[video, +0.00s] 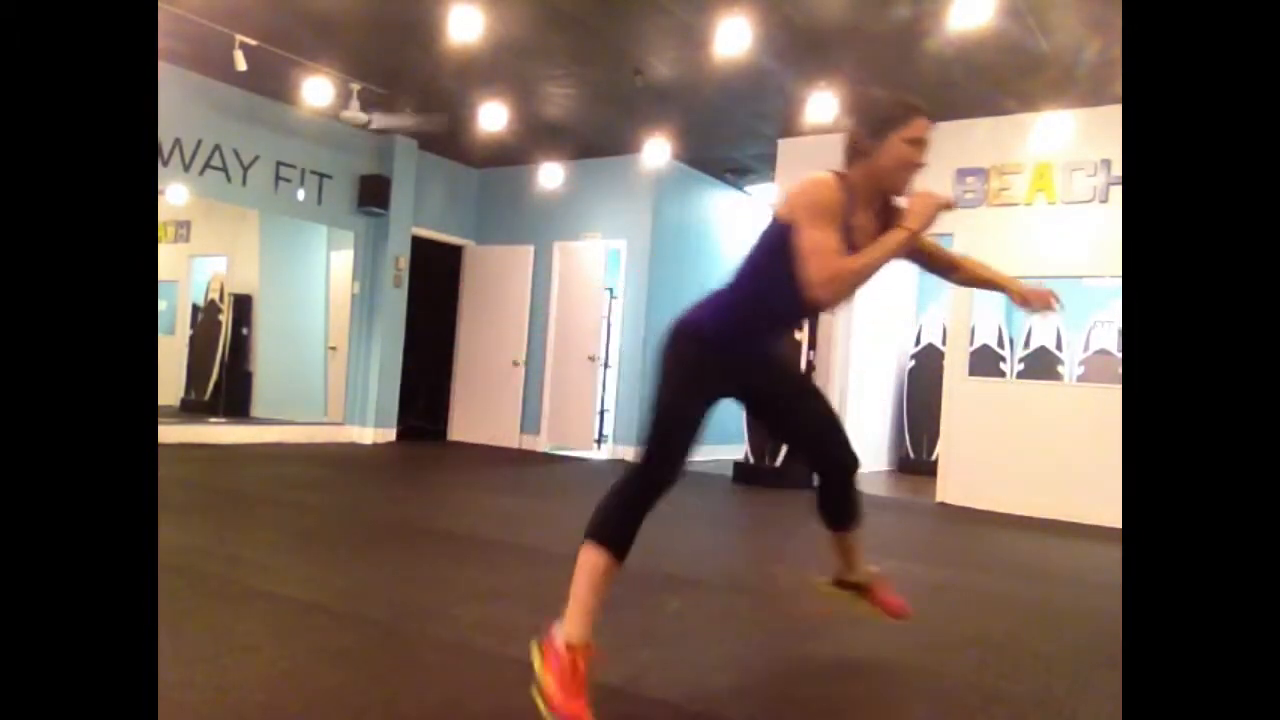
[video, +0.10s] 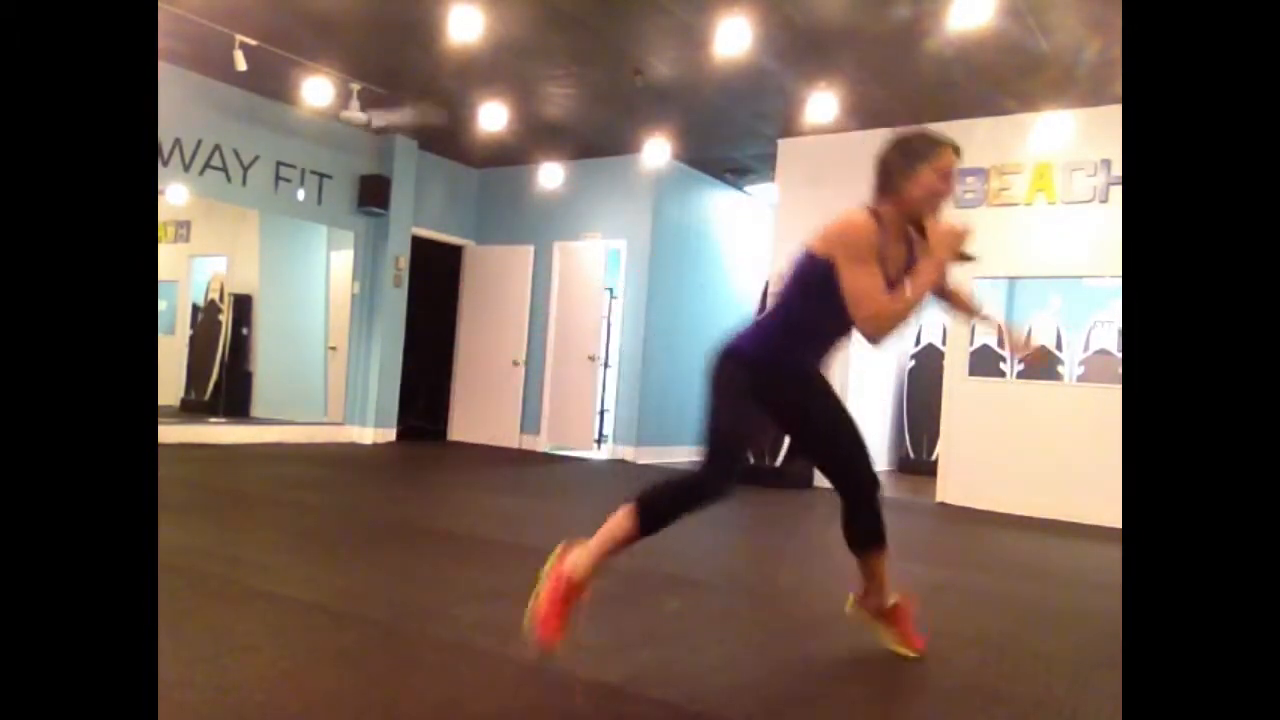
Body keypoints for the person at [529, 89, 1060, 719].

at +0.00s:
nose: (921, 157)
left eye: (924, 147)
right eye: (912, 144)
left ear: (901, 153)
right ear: (869, 142)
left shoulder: (887, 217)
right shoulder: (815, 194)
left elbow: (942, 264)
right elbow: (821, 285)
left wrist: (1012, 287)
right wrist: (907, 232)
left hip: (766, 353)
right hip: (705, 343)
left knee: (835, 458)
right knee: (655, 470)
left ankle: (851, 573)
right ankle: (567, 640)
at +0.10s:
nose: (946, 191)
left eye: (950, 181)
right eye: (938, 179)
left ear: (934, 186)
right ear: (900, 178)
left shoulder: (914, 238)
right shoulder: (853, 231)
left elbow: (942, 291)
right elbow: (874, 321)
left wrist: (997, 327)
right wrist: (935, 266)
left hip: (799, 377)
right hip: (747, 368)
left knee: (857, 477)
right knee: (716, 478)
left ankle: (876, 598)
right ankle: (579, 563)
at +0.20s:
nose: (970, 237)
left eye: (972, 227)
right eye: (963, 225)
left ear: (941, 232)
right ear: (928, 225)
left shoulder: (919, 288)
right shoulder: (888, 287)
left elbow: (905, 370)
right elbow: (917, 379)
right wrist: (963, 319)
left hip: (825, 405)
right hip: (781, 401)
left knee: (896, 510)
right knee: (758, 523)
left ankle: (864, 615)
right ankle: (646, 511)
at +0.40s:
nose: (1006, 300)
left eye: (1006, 289)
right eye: (998, 288)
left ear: (964, 293)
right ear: (965, 291)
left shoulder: (926, 331)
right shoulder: (930, 348)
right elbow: (963, 449)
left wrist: (802, 376)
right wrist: (1005, 382)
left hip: (846, 434)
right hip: (799, 437)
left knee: (919, 515)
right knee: (812, 562)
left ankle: (863, 617)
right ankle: (730, 501)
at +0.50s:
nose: (1010, 315)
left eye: (1010, 304)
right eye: (1002, 303)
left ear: (969, 306)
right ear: (968, 304)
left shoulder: (933, 341)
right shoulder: (935, 361)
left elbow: (856, 350)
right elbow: (967, 462)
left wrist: (787, 355)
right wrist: (1008, 395)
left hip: (851, 438)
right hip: (800, 444)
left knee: (923, 516)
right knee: (816, 563)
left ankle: (864, 616)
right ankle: (747, 504)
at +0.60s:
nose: (1010, 316)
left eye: (1010, 305)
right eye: (1001, 305)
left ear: (972, 311)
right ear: (965, 307)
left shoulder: (936, 345)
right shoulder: (933, 361)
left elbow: (860, 355)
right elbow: (963, 465)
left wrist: (795, 360)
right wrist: (1007, 398)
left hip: (853, 437)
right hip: (801, 443)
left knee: (924, 515)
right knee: (819, 561)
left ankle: (865, 615)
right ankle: (761, 512)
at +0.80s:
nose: (995, 278)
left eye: (995, 268)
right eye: (986, 267)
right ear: (953, 269)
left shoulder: (935, 324)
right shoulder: (915, 323)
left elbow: (883, 403)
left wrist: (903, 457)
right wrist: (952, 422)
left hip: (846, 427)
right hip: (797, 430)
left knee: (913, 510)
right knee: (844, 548)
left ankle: (864, 614)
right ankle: (780, 530)